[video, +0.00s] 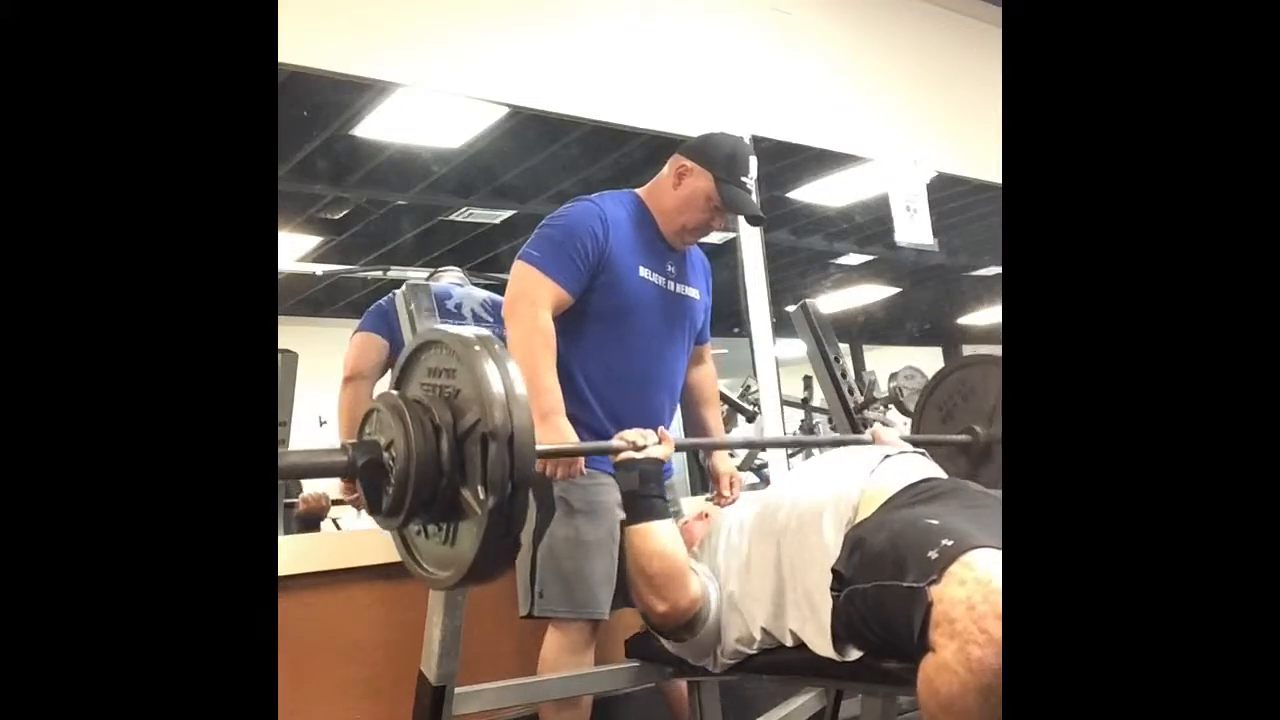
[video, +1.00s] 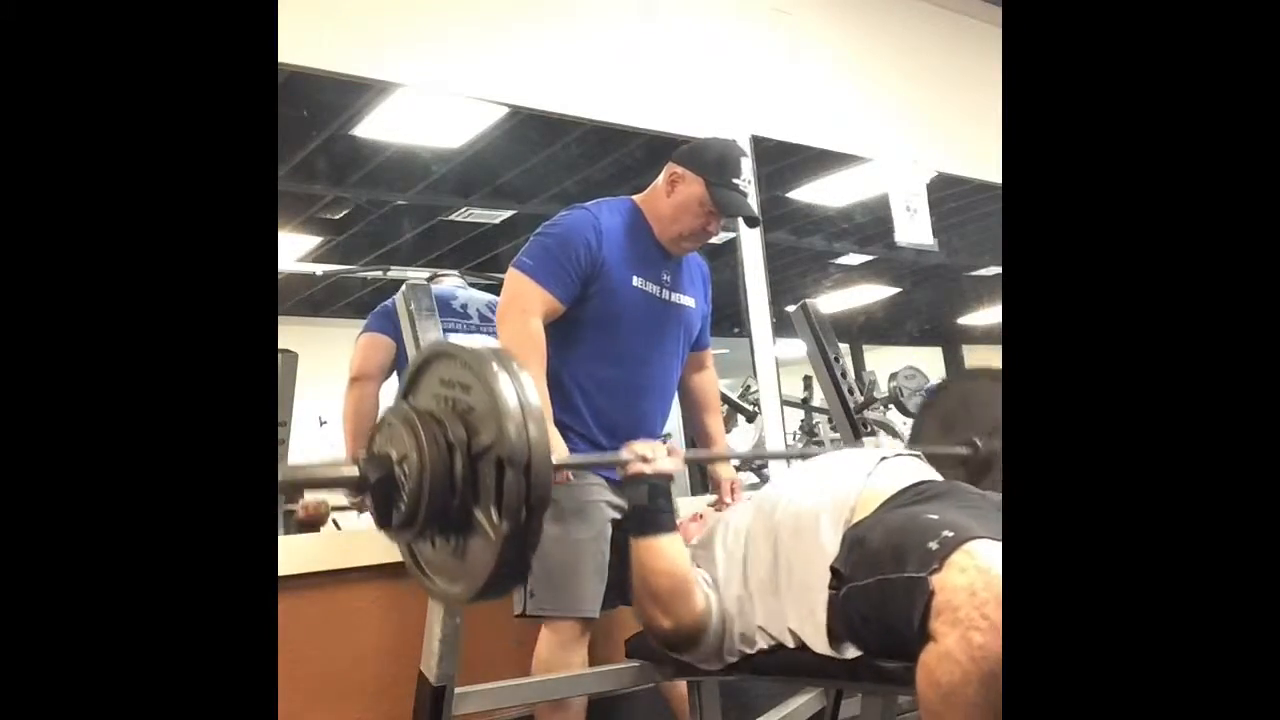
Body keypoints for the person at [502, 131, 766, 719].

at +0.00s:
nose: (721, 223)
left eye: (729, 214)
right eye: (718, 206)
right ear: (680, 173)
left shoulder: (696, 266)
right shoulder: (593, 222)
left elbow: (698, 362)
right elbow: (525, 306)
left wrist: (716, 451)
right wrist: (550, 419)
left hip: (651, 468)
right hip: (579, 461)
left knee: (640, 620)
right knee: (575, 626)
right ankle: (564, 717)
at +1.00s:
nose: (717, 226)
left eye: (726, 216)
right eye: (713, 208)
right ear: (672, 180)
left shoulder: (695, 273)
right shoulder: (587, 231)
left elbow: (698, 369)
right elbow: (518, 317)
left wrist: (718, 456)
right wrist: (541, 432)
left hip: (647, 475)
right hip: (575, 467)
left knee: (649, 623)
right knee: (568, 625)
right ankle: (559, 718)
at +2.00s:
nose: (710, 223)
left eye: (722, 213)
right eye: (701, 205)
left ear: (731, 210)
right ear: (664, 183)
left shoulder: (721, 271)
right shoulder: (589, 243)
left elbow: (736, 366)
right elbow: (527, 332)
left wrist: (752, 451)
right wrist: (538, 437)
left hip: (679, 471)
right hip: (591, 468)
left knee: (694, 622)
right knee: (575, 618)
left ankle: (701, 719)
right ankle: (561, 718)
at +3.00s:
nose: (698, 229)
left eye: (707, 218)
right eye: (689, 212)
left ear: (715, 214)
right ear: (650, 187)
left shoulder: (705, 270)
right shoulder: (574, 245)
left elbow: (720, 365)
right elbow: (514, 340)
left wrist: (741, 452)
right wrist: (523, 451)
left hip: (660, 468)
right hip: (575, 469)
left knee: (675, 617)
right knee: (567, 620)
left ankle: (682, 713)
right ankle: (560, 718)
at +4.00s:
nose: (702, 230)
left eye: (711, 221)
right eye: (693, 214)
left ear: (720, 216)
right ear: (656, 188)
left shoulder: (707, 271)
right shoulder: (579, 246)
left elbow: (719, 366)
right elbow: (519, 340)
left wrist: (739, 451)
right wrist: (538, 450)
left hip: (658, 469)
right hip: (576, 470)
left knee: (637, 614)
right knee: (568, 619)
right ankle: (564, 716)